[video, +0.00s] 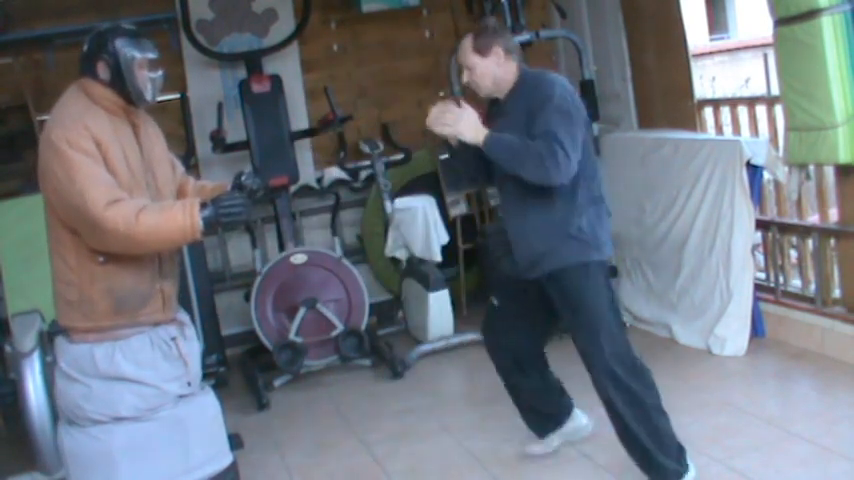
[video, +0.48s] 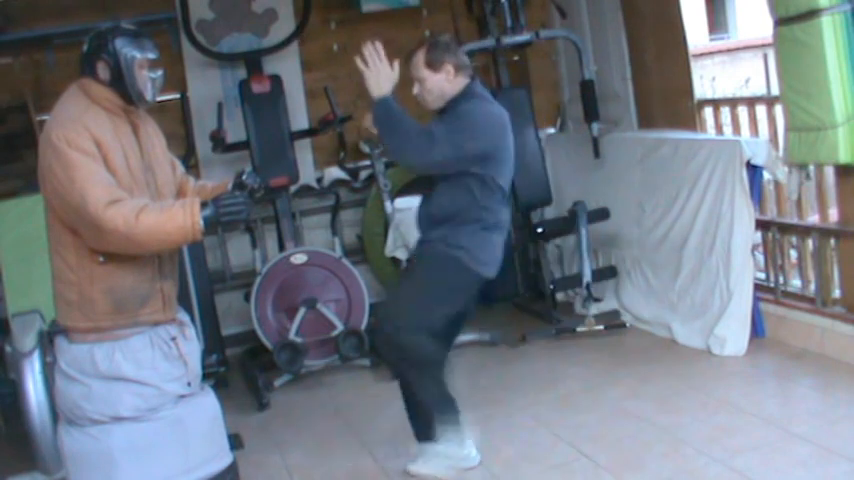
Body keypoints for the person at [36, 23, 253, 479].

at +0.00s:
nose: (147, 73)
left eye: (147, 63)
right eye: (135, 63)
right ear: (102, 66)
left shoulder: (140, 120)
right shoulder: (68, 130)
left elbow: (178, 188)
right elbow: (110, 223)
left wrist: (231, 188)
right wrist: (201, 217)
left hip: (160, 321)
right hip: (104, 334)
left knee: (194, 452)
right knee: (126, 462)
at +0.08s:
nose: (147, 73)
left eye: (147, 63)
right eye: (135, 63)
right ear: (102, 66)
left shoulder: (140, 120)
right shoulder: (68, 130)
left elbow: (178, 188)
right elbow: (110, 222)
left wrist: (229, 189)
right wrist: (201, 216)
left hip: (160, 321)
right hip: (104, 334)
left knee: (194, 453)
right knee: (126, 462)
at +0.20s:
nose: (148, 75)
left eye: (149, 65)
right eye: (138, 65)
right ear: (104, 66)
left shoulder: (139, 120)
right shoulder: (68, 129)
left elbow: (178, 188)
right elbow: (108, 221)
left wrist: (228, 190)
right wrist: (200, 218)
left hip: (159, 317)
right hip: (103, 330)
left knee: (188, 447)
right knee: (125, 458)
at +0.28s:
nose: (148, 75)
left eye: (149, 64)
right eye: (137, 64)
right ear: (103, 66)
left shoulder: (139, 121)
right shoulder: (68, 128)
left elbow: (178, 188)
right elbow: (108, 221)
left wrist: (230, 188)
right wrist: (201, 217)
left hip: (159, 317)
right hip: (104, 330)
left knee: (187, 448)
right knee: (126, 458)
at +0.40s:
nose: (148, 75)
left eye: (148, 64)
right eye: (137, 64)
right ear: (103, 66)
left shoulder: (139, 120)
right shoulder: (68, 129)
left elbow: (178, 189)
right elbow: (108, 221)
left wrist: (229, 189)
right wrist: (201, 217)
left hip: (159, 317)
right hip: (104, 331)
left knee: (189, 448)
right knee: (125, 459)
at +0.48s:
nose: (147, 75)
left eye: (148, 65)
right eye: (137, 65)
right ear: (103, 67)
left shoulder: (139, 121)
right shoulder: (68, 129)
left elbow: (178, 188)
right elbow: (108, 222)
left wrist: (229, 188)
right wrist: (201, 217)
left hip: (159, 317)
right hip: (104, 331)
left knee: (187, 449)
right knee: (126, 459)